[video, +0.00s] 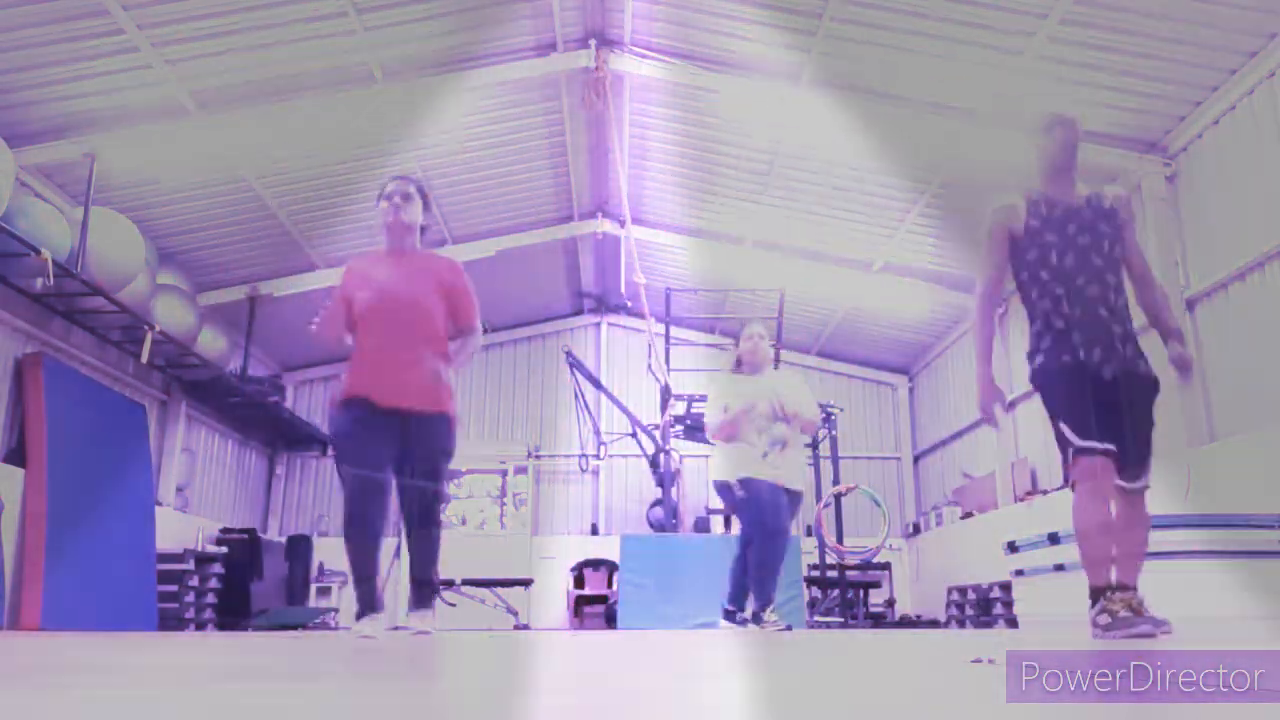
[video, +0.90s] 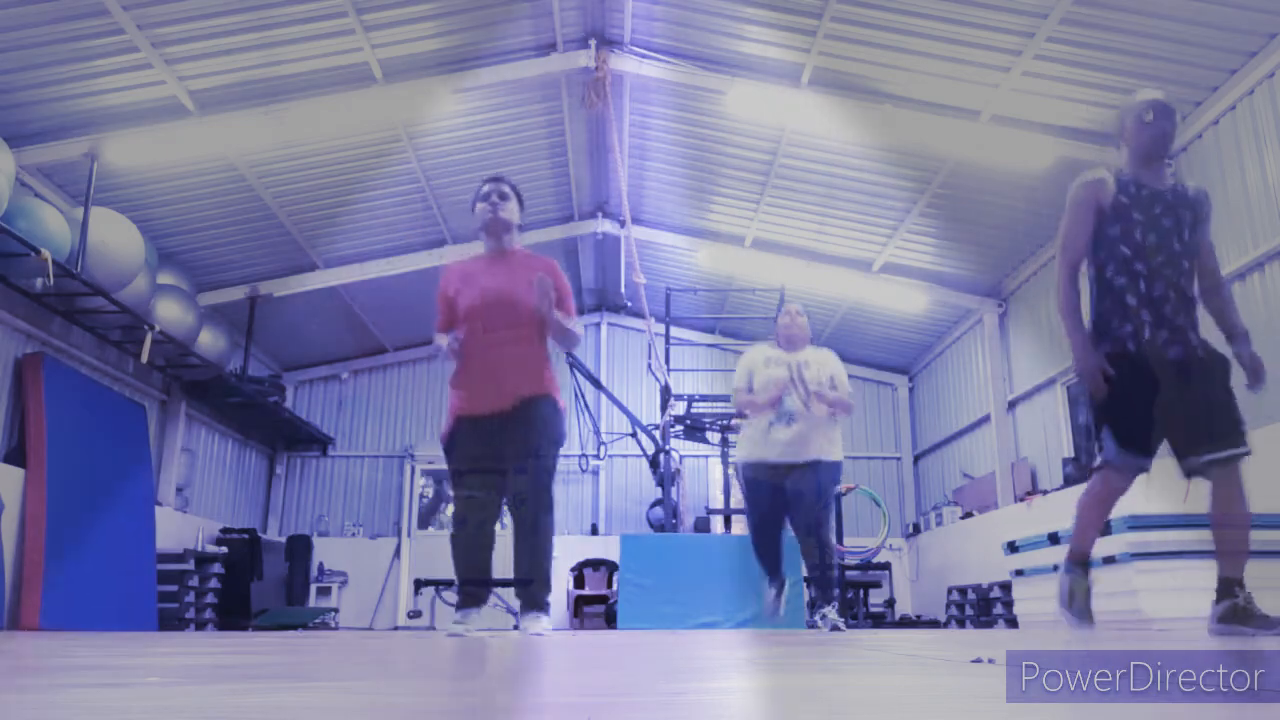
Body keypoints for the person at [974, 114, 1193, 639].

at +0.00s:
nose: (1063, 146)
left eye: (1069, 138)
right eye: (1054, 137)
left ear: (1078, 150)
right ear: (1038, 149)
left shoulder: (1110, 208)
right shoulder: (1014, 214)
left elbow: (1144, 281)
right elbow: (986, 300)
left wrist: (1173, 338)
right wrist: (984, 378)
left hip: (1123, 358)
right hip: (1063, 362)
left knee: (1132, 486)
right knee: (1094, 471)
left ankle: (1129, 596)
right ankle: (1104, 602)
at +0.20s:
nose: (1067, 137)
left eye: (1073, 127)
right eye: (1058, 127)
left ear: (1084, 131)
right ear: (1040, 132)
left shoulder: (1109, 190)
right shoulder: (1025, 200)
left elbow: (1138, 262)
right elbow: (1003, 281)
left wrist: (1170, 317)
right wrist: (1026, 337)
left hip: (1120, 337)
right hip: (1069, 343)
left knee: (1166, 441)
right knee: (1087, 463)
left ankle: (1124, 521)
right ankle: (1106, 592)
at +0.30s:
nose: (1073, 133)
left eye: (1081, 123)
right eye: (1064, 124)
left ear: (1091, 127)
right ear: (1048, 129)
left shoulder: (1117, 185)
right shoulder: (1031, 190)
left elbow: (1142, 261)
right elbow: (1018, 269)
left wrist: (1180, 329)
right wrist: (1059, 318)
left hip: (1123, 333)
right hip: (1070, 338)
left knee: (1198, 399)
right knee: (1100, 464)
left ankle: (1124, 458)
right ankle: (1102, 597)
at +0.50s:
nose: (1103, 141)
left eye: (1110, 133)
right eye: (1093, 132)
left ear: (1119, 143)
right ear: (1072, 141)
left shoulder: (1140, 201)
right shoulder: (1051, 197)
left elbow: (1166, 274)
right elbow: (1034, 275)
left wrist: (1201, 332)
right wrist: (1091, 320)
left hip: (1147, 342)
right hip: (1090, 349)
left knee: (1222, 372)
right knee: (1108, 473)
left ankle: (1168, 473)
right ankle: (1103, 598)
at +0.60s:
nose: (1115, 113)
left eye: (1124, 106)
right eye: (1105, 104)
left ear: (1134, 121)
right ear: (1084, 119)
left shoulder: (1154, 182)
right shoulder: (1065, 177)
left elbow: (1176, 257)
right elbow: (1035, 256)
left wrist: (1212, 319)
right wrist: (1080, 313)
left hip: (1159, 327)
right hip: (1094, 332)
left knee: (1220, 417)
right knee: (1095, 465)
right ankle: (1101, 593)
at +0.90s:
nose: (1159, 124)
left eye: (1166, 118)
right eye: (1147, 116)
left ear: (1175, 136)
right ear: (1124, 133)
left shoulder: (1191, 204)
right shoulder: (1097, 189)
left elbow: (1212, 283)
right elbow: (1067, 270)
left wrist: (1241, 343)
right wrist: (1080, 348)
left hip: (1188, 356)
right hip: (1124, 354)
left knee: (1226, 468)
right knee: (1120, 468)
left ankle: (1232, 594)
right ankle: (1076, 564)